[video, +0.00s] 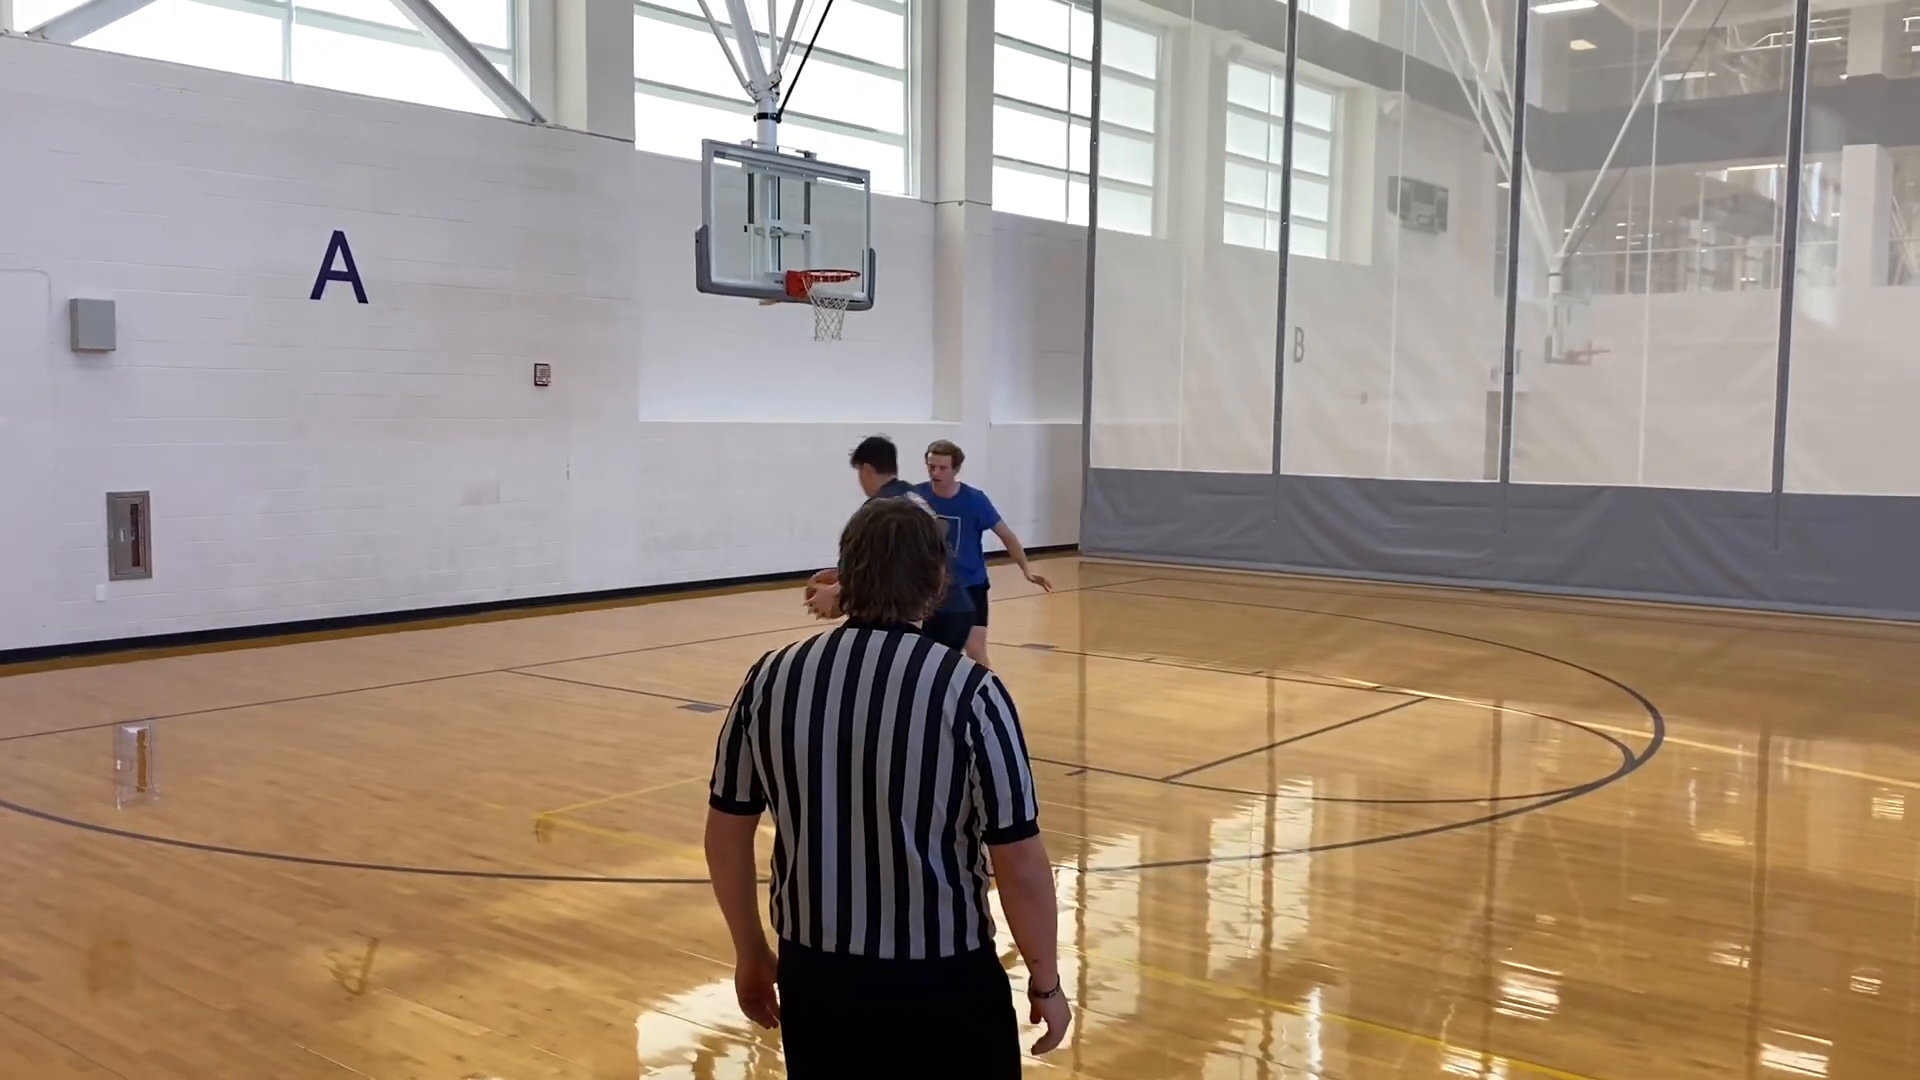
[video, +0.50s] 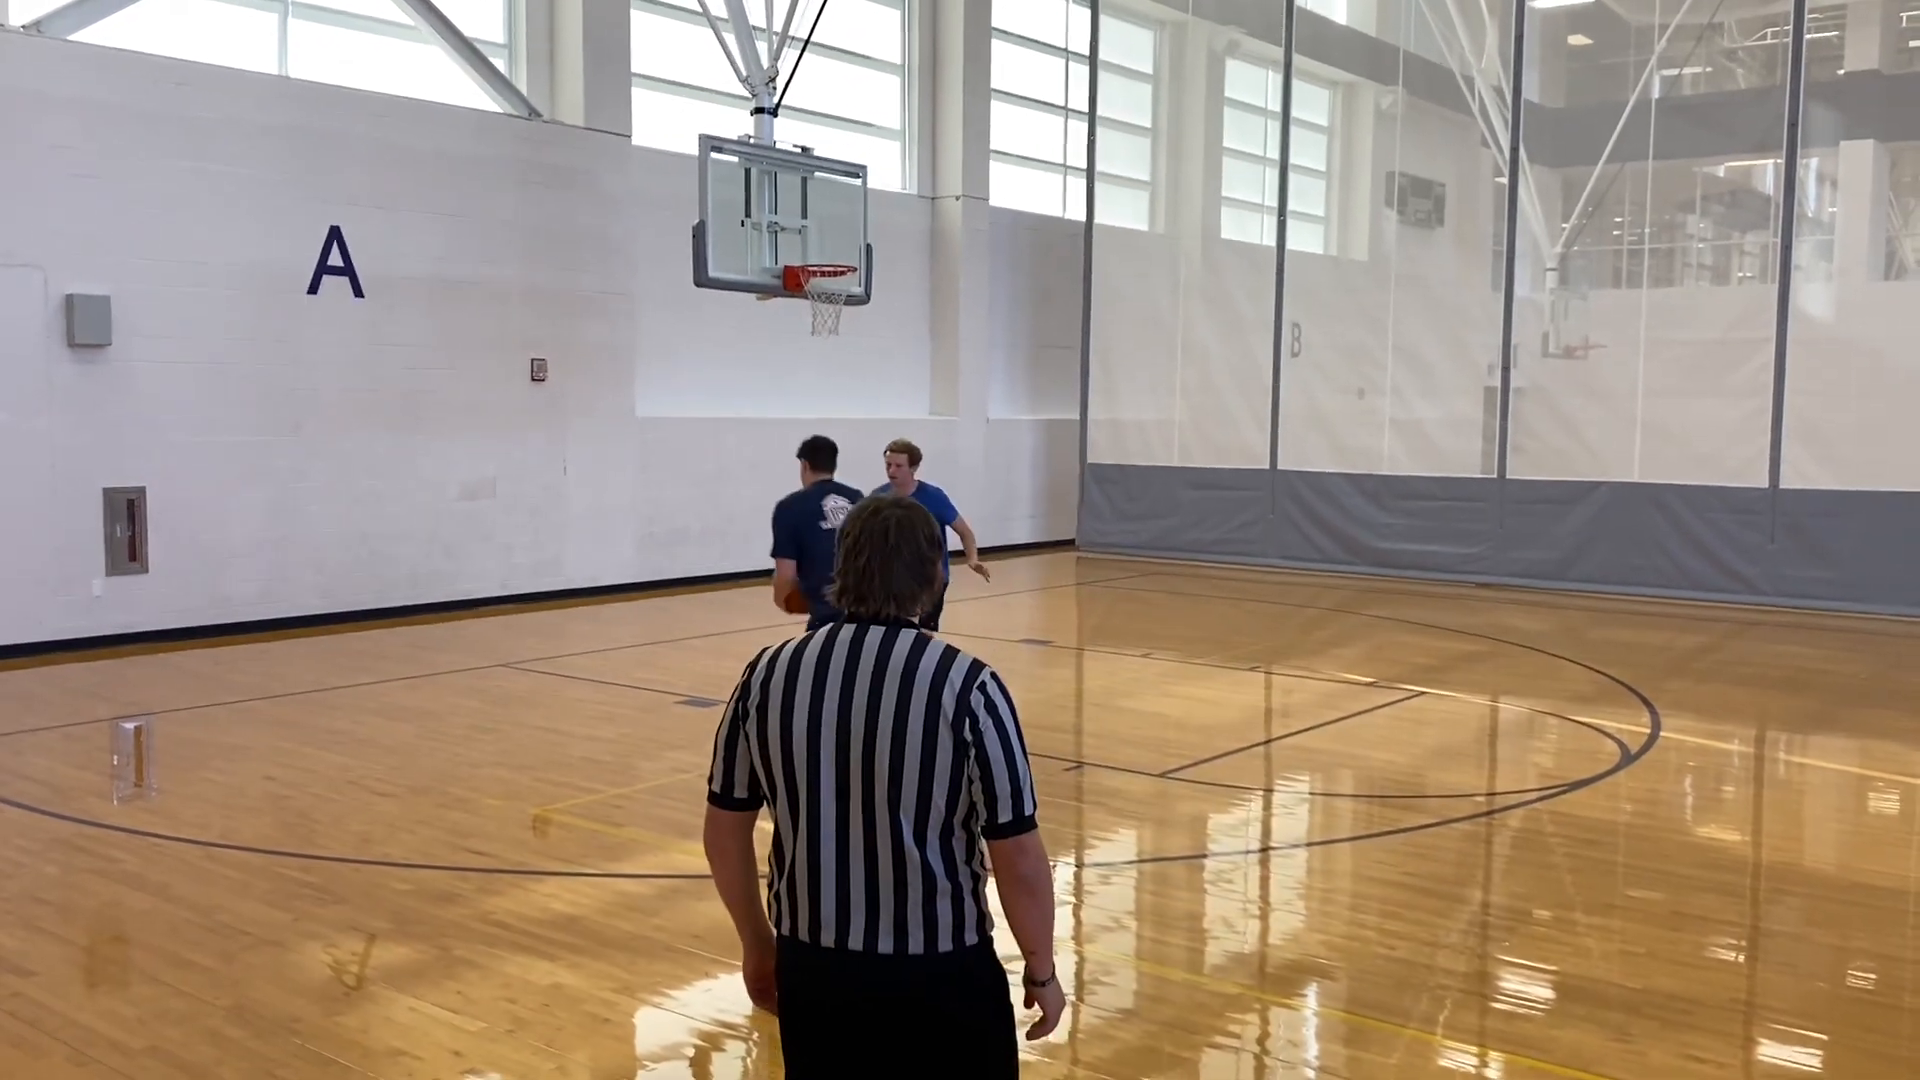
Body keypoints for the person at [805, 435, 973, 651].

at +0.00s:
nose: (859, 481)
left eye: (858, 473)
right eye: (857, 474)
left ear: (867, 470)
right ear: (893, 466)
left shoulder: (881, 509)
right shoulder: (913, 495)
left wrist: (841, 595)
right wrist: (846, 578)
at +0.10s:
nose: (846, 481)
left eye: (846, 472)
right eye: (845, 473)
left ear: (853, 472)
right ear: (880, 469)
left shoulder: (860, 512)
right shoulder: (903, 499)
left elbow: (853, 575)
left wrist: (815, 603)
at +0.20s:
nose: (834, 482)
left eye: (834, 475)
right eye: (834, 475)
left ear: (841, 473)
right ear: (869, 472)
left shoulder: (840, 516)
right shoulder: (891, 504)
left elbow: (836, 582)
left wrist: (796, 614)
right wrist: (820, 596)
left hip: (858, 616)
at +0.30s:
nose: (823, 481)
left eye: (823, 473)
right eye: (823, 474)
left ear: (829, 471)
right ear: (856, 470)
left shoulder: (825, 516)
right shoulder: (880, 505)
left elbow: (821, 580)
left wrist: (786, 616)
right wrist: (802, 592)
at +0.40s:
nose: (811, 478)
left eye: (811, 472)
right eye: (811, 472)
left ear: (817, 471)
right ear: (845, 471)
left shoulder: (806, 513)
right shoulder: (871, 504)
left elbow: (802, 581)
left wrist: (782, 608)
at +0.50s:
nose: (800, 471)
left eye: (800, 466)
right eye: (799, 466)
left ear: (805, 466)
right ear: (833, 466)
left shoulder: (790, 507)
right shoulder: (857, 498)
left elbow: (787, 574)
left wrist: (781, 600)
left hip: (826, 615)